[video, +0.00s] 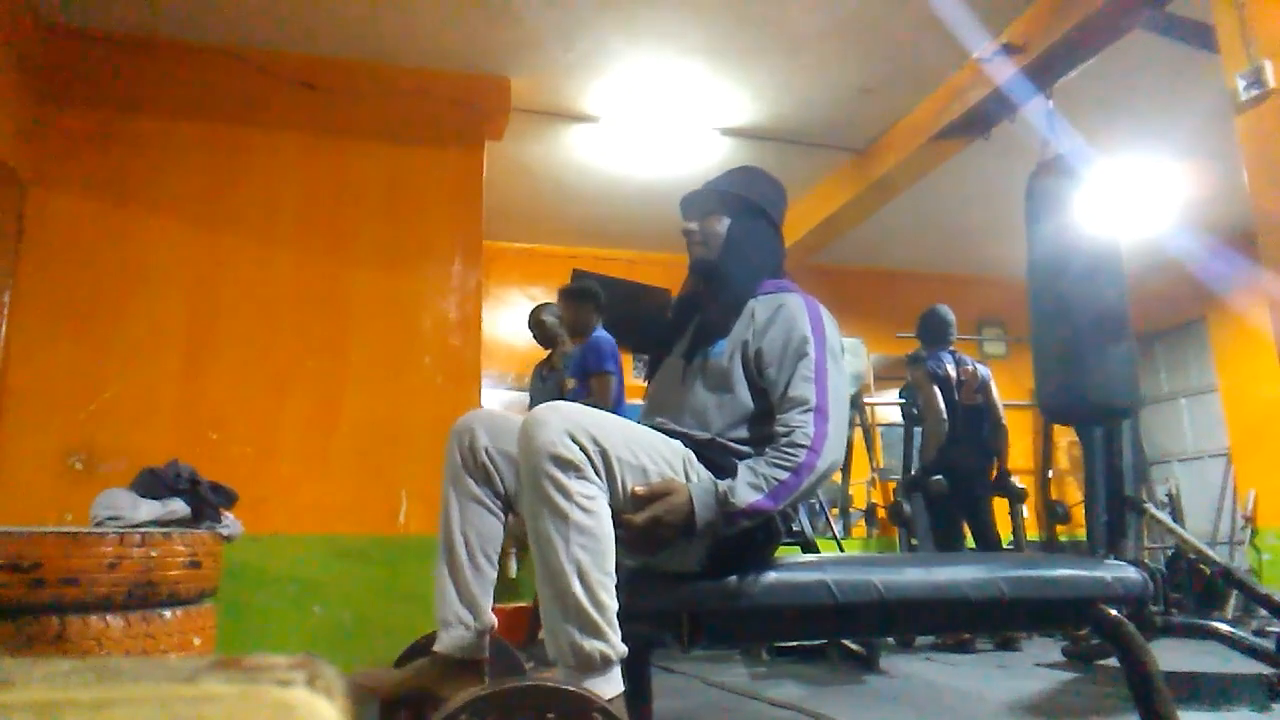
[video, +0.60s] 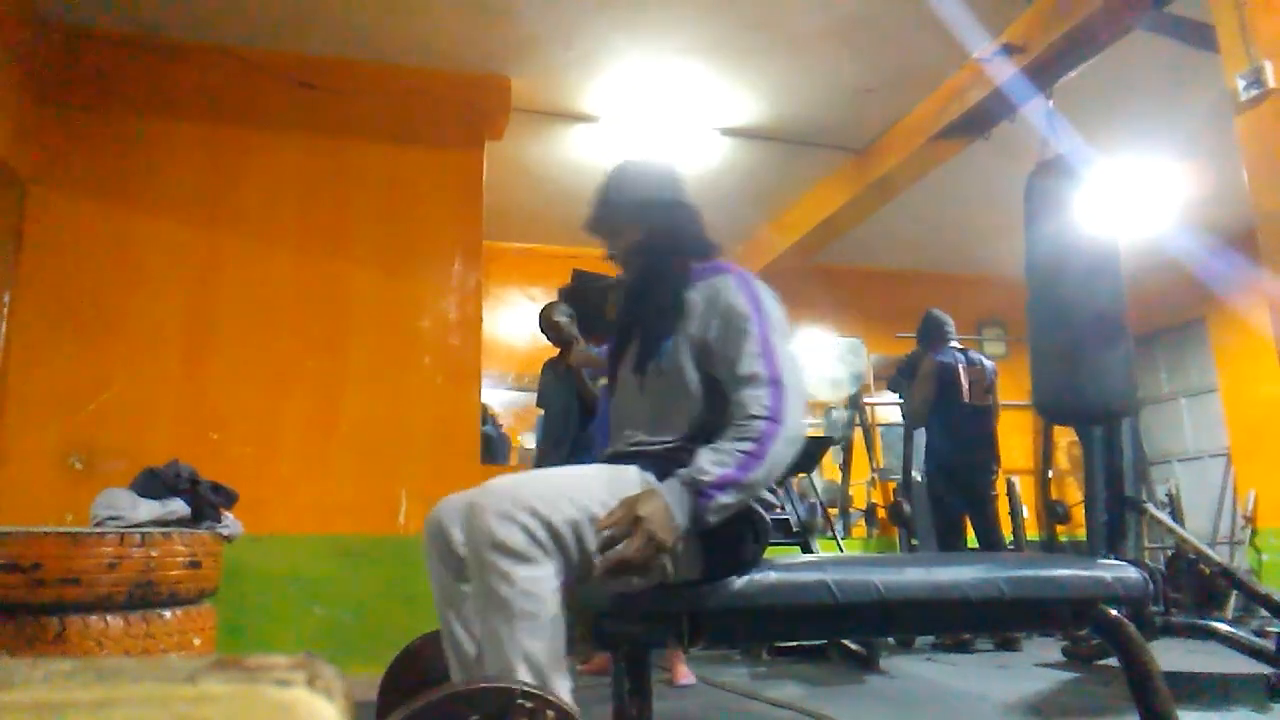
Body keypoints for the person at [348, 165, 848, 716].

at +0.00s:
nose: (692, 233)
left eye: (708, 221)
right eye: (691, 223)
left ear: (749, 229)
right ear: (693, 231)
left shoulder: (790, 313)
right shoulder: (696, 316)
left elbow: (810, 443)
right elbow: (667, 425)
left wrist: (709, 500)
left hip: (728, 502)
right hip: (664, 483)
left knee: (555, 431)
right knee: (479, 437)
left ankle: (591, 685)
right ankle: (460, 649)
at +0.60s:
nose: (612, 252)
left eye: (617, 234)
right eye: (606, 239)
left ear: (654, 223)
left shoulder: (730, 293)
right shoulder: (641, 313)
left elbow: (772, 426)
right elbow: (627, 433)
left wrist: (679, 501)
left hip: (699, 500)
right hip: (631, 489)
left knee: (505, 516)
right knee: (451, 523)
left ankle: (536, 705)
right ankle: (484, 706)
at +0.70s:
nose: (566, 264)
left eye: (571, 244)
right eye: (561, 248)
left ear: (602, 229)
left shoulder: (693, 289)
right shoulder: (603, 319)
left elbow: (729, 428)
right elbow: (601, 450)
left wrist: (650, 511)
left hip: (695, 503)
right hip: (627, 497)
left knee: (483, 534)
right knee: (443, 534)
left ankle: (534, 709)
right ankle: (485, 706)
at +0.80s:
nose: (509, 280)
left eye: (511, 261)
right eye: (500, 266)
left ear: (542, 240)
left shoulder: (639, 289)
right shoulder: (561, 319)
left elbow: (677, 427)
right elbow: (555, 445)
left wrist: (614, 536)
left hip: (699, 501)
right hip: (624, 488)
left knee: (483, 532)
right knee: (445, 536)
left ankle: (531, 710)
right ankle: (486, 708)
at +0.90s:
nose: (459, 315)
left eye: (455, 295)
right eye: (449, 301)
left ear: (483, 276)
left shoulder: (592, 299)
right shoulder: (528, 333)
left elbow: (628, 437)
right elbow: (544, 457)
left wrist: (586, 558)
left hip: (701, 499)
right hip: (640, 495)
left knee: (491, 536)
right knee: (452, 539)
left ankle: (533, 708)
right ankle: (486, 706)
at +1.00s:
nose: (425, 351)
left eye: (418, 334)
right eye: (413, 340)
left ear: (441, 314)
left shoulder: (564, 322)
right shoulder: (509, 368)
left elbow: (599, 457)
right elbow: (521, 482)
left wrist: (555, 583)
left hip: (704, 490)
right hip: (641, 488)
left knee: (503, 543)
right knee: (461, 543)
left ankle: (541, 707)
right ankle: (489, 702)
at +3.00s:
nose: (424, 406)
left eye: (419, 385)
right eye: (411, 393)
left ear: (448, 355)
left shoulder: (554, 349)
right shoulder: (499, 417)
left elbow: (660, 445)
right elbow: (526, 527)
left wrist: (587, 588)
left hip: (724, 499)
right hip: (658, 502)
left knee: (499, 542)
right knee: (468, 544)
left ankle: (544, 712)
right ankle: (499, 710)